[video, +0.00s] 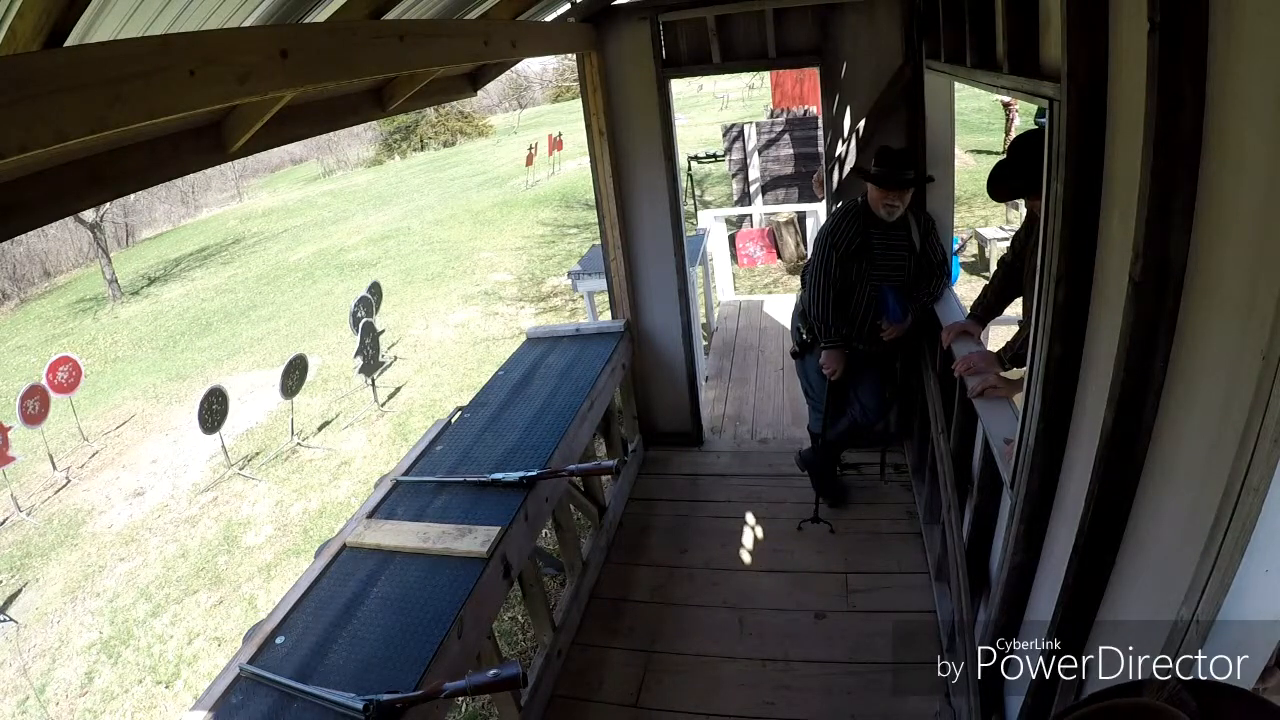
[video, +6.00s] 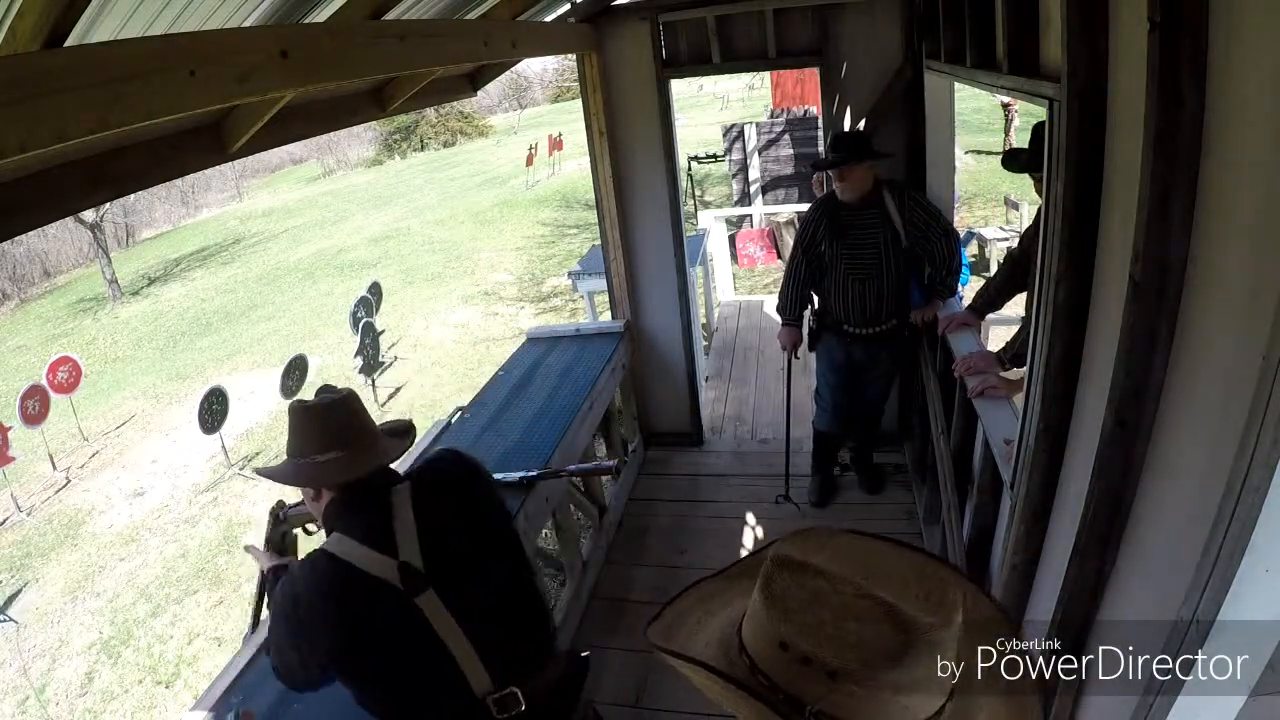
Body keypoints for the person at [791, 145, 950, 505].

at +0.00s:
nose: (894, 196)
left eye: (903, 188)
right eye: (884, 186)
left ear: (914, 189)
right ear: (868, 184)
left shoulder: (922, 226)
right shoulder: (844, 224)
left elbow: (938, 275)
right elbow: (820, 282)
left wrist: (909, 317)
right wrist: (830, 343)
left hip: (875, 336)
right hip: (824, 335)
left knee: (871, 409)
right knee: (827, 411)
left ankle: (817, 456)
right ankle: (827, 478)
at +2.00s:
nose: (880, 198)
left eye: (891, 190)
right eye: (873, 188)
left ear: (908, 192)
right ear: (863, 186)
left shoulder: (919, 225)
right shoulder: (842, 225)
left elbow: (937, 275)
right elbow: (820, 285)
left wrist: (907, 317)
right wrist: (830, 344)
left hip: (876, 337)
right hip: (825, 338)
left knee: (874, 410)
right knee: (830, 413)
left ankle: (843, 467)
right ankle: (832, 484)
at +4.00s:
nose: (872, 203)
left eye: (879, 196)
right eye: (864, 196)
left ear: (890, 189)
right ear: (849, 186)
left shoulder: (909, 212)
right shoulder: (826, 213)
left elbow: (951, 244)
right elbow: (798, 263)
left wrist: (937, 297)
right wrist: (787, 317)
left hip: (888, 333)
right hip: (836, 333)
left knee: (874, 404)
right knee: (829, 405)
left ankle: (865, 462)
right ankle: (823, 474)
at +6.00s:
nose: (838, 176)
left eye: (846, 168)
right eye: (834, 169)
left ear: (869, 167)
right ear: (832, 171)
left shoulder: (902, 205)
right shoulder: (822, 215)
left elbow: (946, 241)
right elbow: (799, 268)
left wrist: (937, 296)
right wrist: (790, 321)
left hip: (888, 331)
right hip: (836, 331)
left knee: (873, 404)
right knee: (830, 405)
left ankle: (864, 459)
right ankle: (822, 473)